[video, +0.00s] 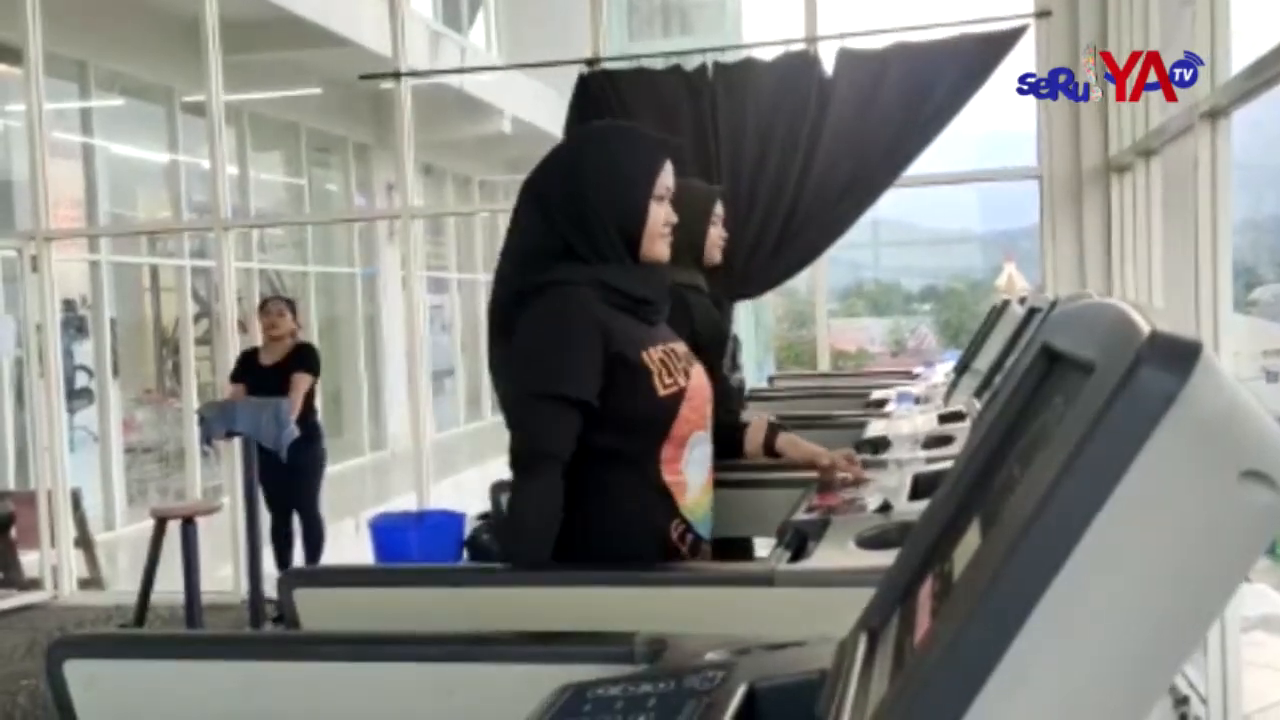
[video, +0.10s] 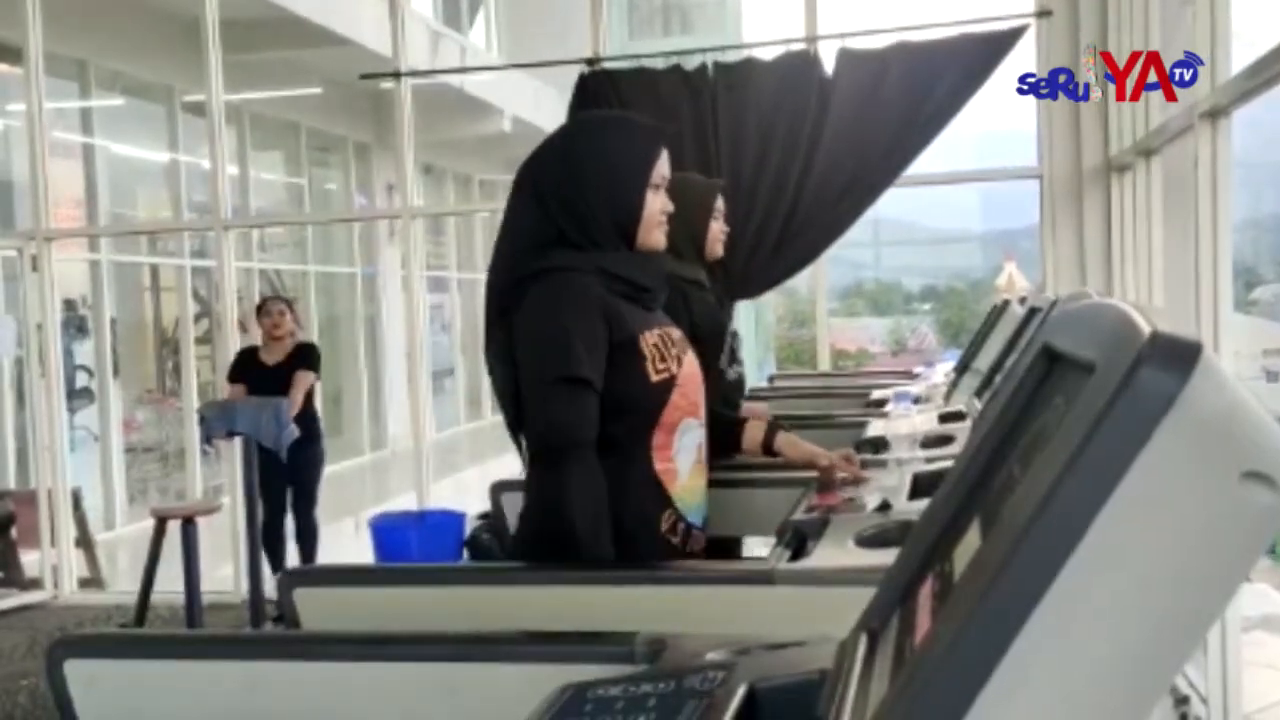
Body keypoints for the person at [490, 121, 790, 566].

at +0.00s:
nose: (674, 216)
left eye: (670, 199)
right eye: (659, 199)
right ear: (613, 202)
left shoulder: (637, 306)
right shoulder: (568, 312)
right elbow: (540, 470)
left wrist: (783, 444)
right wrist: (522, 599)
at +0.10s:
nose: (668, 205)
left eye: (666, 189)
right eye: (656, 188)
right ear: (609, 190)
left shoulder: (632, 289)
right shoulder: (566, 297)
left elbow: (679, 427)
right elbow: (563, 461)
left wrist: (800, 451)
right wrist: (592, 588)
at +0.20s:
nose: (665, 202)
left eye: (662, 187)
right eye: (653, 186)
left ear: (617, 191)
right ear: (605, 188)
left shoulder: (625, 287)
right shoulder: (565, 293)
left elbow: (674, 417)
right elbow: (582, 447)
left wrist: (789, 448)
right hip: (590, 564)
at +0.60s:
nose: (671, 194)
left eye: (669, 178)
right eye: (656, 177)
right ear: (608, 180)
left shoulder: (637, 278)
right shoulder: (560, 280)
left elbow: (670, 415)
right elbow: (551, 434)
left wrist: (778, 443)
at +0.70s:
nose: (670, 195)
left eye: (668, 179)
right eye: (656, 179)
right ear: (608, 181)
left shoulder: (641, 283)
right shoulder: (553, 284)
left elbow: (668, 417)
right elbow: (524, 431)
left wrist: (774, 442)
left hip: (648, 548)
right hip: (579, 559)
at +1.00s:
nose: (665, 211)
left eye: (662, 195)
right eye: (651, 195)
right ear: (603, 198)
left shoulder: (633, 299)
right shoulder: (551, 309)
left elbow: (672, 425)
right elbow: (523, 464)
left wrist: (783, 452)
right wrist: (504, 589)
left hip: (658, 558)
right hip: (587, 572)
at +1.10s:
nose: (658, 207)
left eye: (656, 190)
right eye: (645, 189)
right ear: (597, 190)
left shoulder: (624, 288)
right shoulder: (552, 295)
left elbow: (672, 413)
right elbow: (548, 459)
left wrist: (794, 454)